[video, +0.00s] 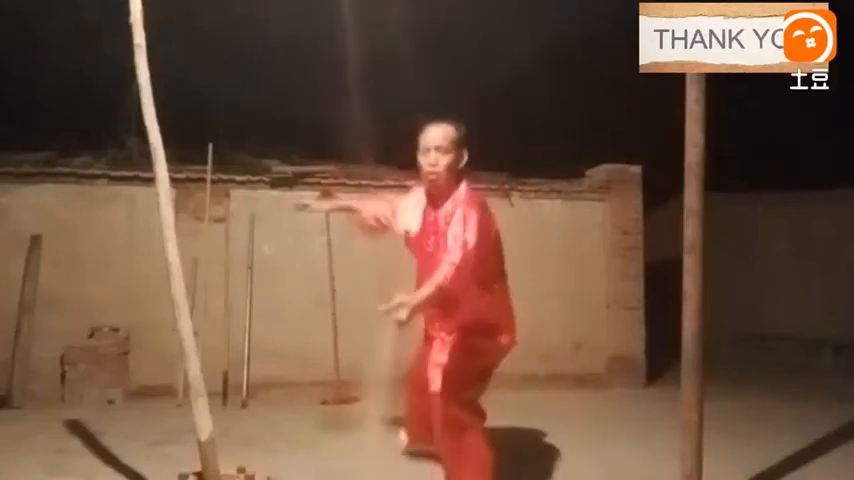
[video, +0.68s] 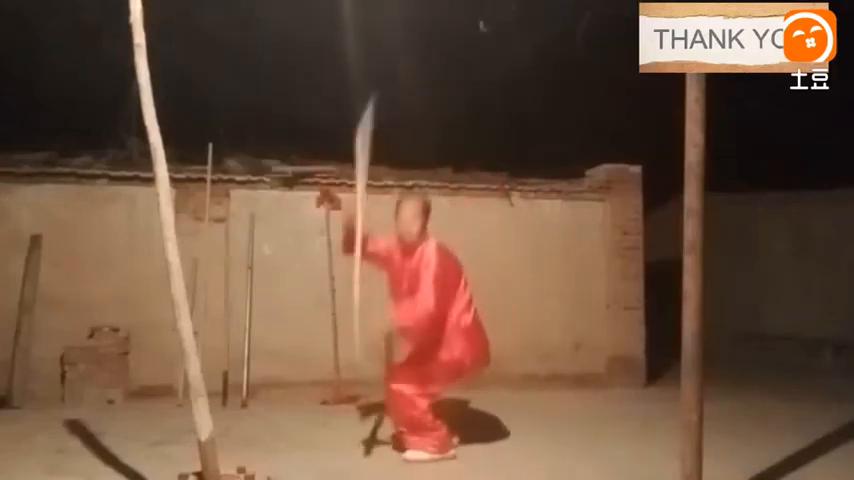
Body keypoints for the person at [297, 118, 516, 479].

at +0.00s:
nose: (431, 160)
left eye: (440, 152)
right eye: (425, 151)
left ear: (460, 157)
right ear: (418, 157)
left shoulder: (468, 205)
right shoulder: (416, 202)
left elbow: (456, 262)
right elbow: (379, 212)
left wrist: (416, 299)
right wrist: (340, 204)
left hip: (480, 326)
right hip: (443, 324)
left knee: (449, 398)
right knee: (420, 384)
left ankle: (472, 472)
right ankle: (425, 442)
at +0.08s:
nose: (427, 164)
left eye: (437, 156)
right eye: (422, 155)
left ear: (457, 162)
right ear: (415, 161)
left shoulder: (459, 206)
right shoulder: (423, 204)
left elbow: (454, 254)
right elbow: (396, 218)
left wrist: (422, 285)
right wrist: (345, 203)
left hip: (476, 327)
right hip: (443, 325)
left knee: (454, 401)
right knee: (433, 407)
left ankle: (472, 472)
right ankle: (457, 471)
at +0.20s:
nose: (420, 172)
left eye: (430, 164)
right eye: (416, 164)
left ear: (449, 171)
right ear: (409, 170)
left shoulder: (452, 210)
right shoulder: (419, 209)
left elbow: (428, 234)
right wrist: (341, 201)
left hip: (466, 332)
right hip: (439, 331)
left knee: (455, 429)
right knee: (438, 431)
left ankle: (467, 474)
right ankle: (448, 473)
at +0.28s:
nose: (418, 175)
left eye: (427, 167)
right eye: (414, 167)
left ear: (446, 173)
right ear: (409, 173)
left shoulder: (450, 209)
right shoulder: (422, 212)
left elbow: (439, 240)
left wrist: (390, 196)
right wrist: (426, 339)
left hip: (472, 321)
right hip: (444, 319)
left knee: (445, 382)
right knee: (416, 370)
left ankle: (466, 470)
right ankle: (432, 447)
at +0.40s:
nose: (419, 178)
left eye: (429, 171)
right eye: (414, 171)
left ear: (444, 176)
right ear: (408, 176)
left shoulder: (451, 213)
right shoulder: (420, 213)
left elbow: (441, 242)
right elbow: (394, 213)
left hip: (466, 317)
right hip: (435, 317)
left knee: (432, 369)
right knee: (412, 371)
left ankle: (463, 467)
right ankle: (429, 439)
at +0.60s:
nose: (416, 199)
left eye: (422, 191)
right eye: (411, 191)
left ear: (433, 195)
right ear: (403, 194)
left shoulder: (439, 230)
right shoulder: (411, 228)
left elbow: (423, 279)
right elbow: (371, 227)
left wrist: (386, 258)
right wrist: (343, 205)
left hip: (462, 332)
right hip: (439, 327)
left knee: (406, 369)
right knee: (401, 365)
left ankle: (439, 443)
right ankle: (420, 435)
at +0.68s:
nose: (406, 226)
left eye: (413, 220)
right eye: (402, 219)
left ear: (425, 222)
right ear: (395, 220)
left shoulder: (433, 255)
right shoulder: (395, 251)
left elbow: (428, 306)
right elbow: (359, 246)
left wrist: (393, 322)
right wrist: (343, 214)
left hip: (459, 345)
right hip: (435, 341)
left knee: (403, 384)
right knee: (397, 378)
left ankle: (435, 441)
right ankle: (416, 435)